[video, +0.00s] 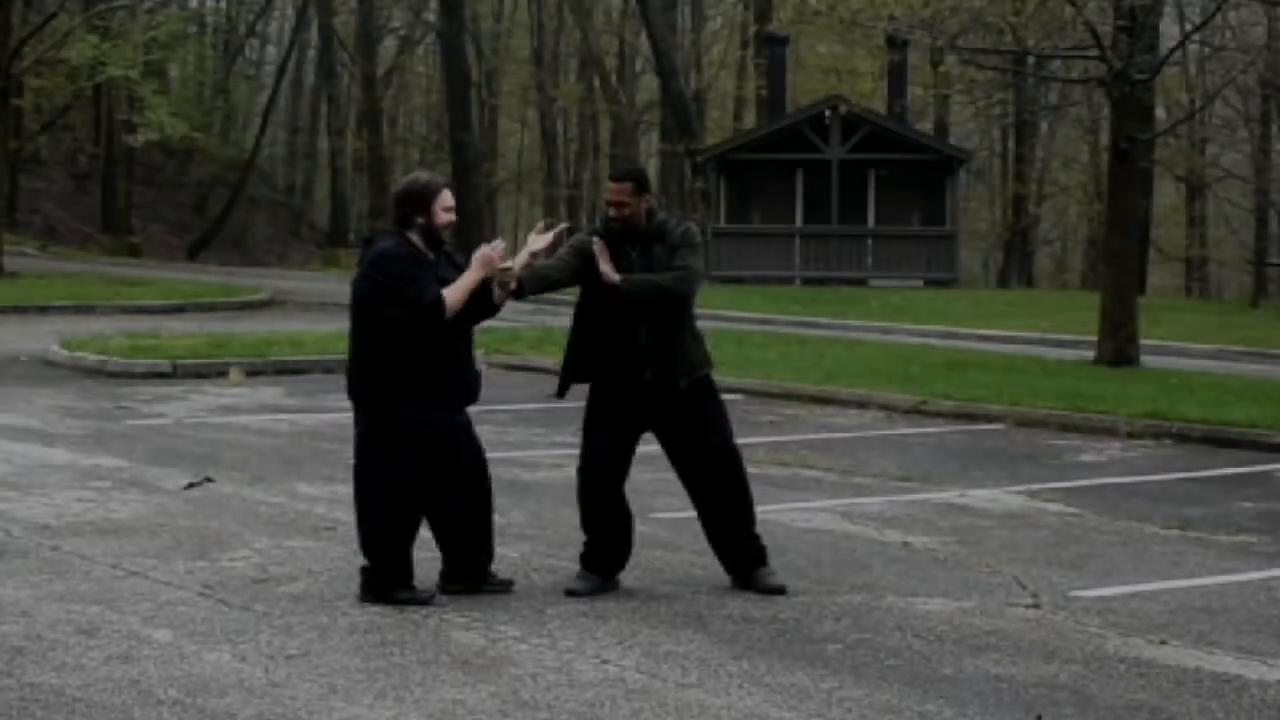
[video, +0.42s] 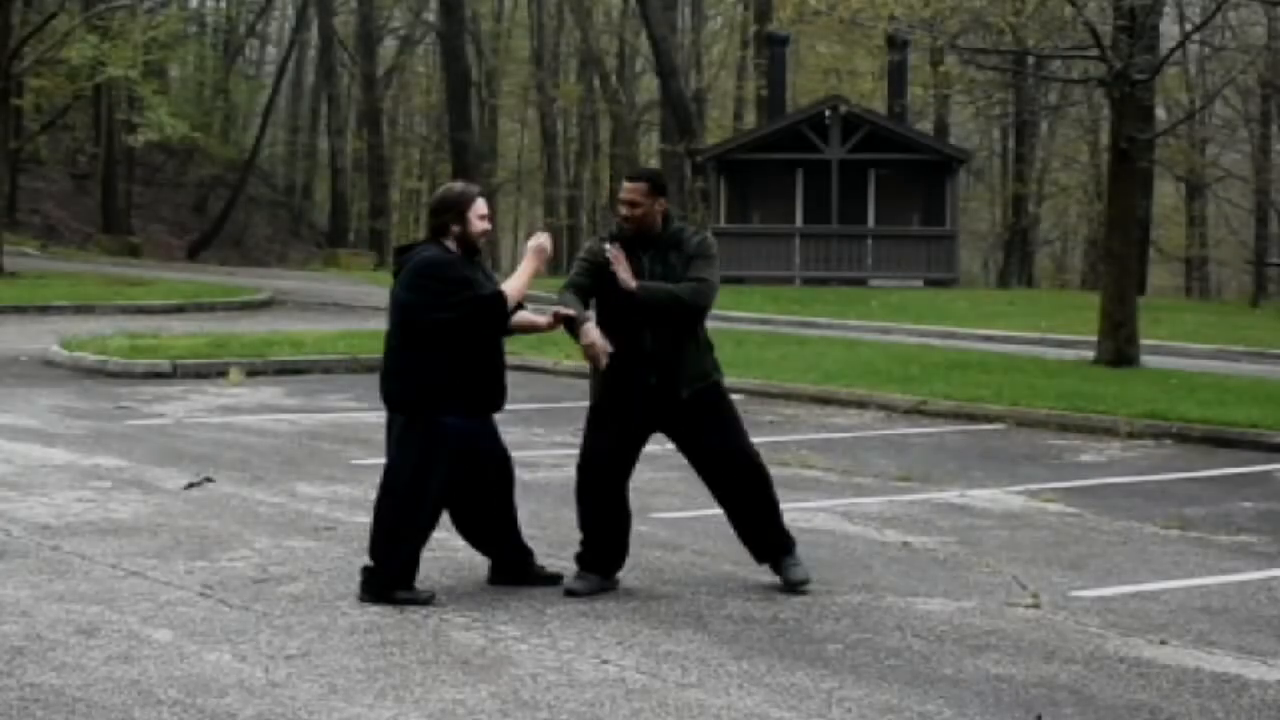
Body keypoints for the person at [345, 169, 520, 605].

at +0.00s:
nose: (453, 219)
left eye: (453, 210)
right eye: (445, 210)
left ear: (433, 215)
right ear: (418, 213)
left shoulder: (437, 258)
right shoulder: (389, 259)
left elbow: (466, 310)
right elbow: (431, 311)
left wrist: (514, 271)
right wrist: (476, 272)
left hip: (438, 400)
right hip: (392, 403)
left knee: (465, 482)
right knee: (390, 492)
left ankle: (466, 571)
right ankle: (385, 580)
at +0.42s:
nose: (488, 226)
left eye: (488, 218)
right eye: (480, 218)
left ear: (462, 224)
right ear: (453, 222)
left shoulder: (465, 264)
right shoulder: (431, 265)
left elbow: (493, 316)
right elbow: (491, 308)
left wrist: (540, 321)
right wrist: (531, 265)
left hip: (464, 405)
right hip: (426, 407)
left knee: (491, 482)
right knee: (411, 494)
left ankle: (511, 562)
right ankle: (386, 580)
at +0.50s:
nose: (500, 223)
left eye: (500, 215)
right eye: (493, 216)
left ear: (468, 223)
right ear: (468, 221)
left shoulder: (472, 263)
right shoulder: (452, 263)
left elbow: (507, 311)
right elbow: (523, 287)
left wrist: (554, 332)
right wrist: (569, 248)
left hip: (477, 402)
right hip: (441, 405)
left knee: (502, 481)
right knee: (423, 493)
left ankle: (512, 564)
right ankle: (386, 579)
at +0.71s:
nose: (534, 215)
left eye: (532, 208)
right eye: (527, 208)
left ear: (497, 215)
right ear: (504, 215)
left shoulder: (467, 253)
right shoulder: (503, 252)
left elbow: (501, 298)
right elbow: (570, 240)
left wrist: (549, 307)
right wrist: (614, 197)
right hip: (492, 395)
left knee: (515, 480)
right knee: (452, 482)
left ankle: (514, 565)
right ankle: (395, 565)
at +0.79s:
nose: (542, 213)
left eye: (541, 205)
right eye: (535, 206)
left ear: (502, 213)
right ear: (511, 212)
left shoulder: (480, 251)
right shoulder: (512, 248)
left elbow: (505, 313)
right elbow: (582, 236)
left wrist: (555, 303)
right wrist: (620, 203)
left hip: (499, 387)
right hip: (501, 391)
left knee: (517, 477)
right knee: (466, 478)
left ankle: (514, 566)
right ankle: (411, 566)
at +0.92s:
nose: (554, 213)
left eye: (553, 205)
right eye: (548, 206)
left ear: (514, 211)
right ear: (525, 210)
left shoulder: (480, 248)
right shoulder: (537, 248)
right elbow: (592, 263)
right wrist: (637, 257)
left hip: (481, 383)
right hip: (525, 387)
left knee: (519, 473)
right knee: (493, 477)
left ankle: (513, 564)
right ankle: (444, 569)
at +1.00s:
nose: (563, 215)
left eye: (561, 206)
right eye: (557, 207)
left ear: (521, 213)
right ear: (534, 213)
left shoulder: (488, 253)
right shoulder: (542, 254)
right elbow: (601, 289)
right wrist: (658, 301)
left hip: (485, 385)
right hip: (527, 390)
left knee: (500, 472)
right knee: (519, 478)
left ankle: (515, 562)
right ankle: (463, 566)